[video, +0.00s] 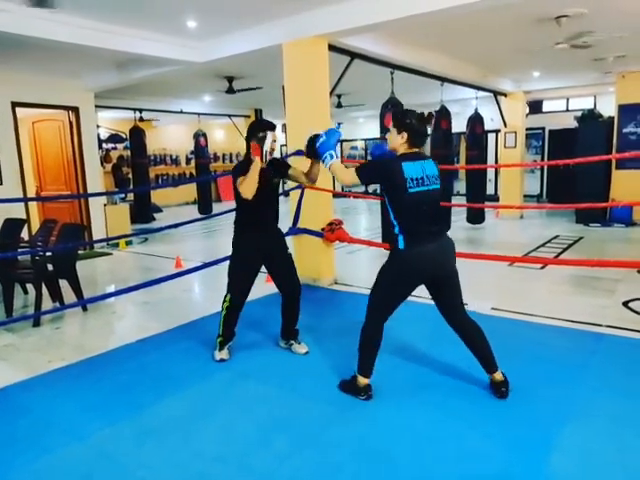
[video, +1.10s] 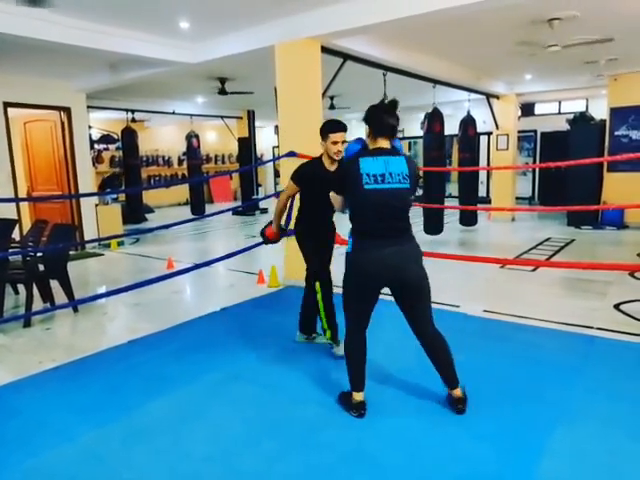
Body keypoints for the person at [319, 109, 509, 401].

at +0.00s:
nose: (387, 138)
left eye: (391, 133)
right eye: (388, 133)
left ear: (404, 137)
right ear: (416, 138)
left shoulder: (389, 165)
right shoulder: (431, 164)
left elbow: (346, 177)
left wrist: (329, 155)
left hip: (408, 258)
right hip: (442, 252)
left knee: (375, 315)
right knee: (457, 315)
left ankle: (362, 381)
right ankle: (497, 376)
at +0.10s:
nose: (381, 133)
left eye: (384, 128)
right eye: (383, 128)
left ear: (396, 133)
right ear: (403, 135)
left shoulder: (393, 168)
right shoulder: (410, 160)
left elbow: (364, 204)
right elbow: (363, 159)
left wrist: (341, 177)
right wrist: (338, 140)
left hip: (403, 254)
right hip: (431, 248)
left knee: (374, 316)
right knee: (441, 316)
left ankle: (361, 381)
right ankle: (483, 379)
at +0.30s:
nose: (383, 137)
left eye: (387, 132)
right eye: (385, 132)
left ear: (401, 135)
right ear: (406, 136)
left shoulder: (405, 173)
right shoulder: (403, 165)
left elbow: (383, 215)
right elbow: (363, 172)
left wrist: (361, 184)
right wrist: (338, 151)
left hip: (404, 258)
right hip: (429, 252)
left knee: (370, 315)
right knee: (435, 318)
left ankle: (359, 382)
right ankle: (476, 381)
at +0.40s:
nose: (389, 142)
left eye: (392, 136)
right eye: (389, 137)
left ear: (407, 138)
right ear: (413, 139)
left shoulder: (409, 175)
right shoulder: (428, 169)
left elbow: (387, 219)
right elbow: (399, 211)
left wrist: (370, 186)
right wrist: (380, 176)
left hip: (411, 263)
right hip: (438, 257)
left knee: (374, 317)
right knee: (438, 321)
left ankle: (359, 383)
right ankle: (474, 386)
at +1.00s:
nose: (378, 147)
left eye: (379, 143)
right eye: (380, 142)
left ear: (385, 145)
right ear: (407, 145)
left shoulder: (372, 176)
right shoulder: (422, 173)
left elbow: (358, 219)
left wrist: (369, 193)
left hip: (394, 270)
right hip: (432, 266)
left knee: (363, 327)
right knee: (441, 328)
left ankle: (360, 397)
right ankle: (475, 390)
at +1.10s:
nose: (365, 132)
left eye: (366, 128)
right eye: (370, 128)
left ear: (368, 130)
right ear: (396, 130)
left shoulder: (351, 164)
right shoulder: (409, 164)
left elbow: (337, 201)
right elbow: (407, 196)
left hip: (365, 260)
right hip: (406, 258)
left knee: (356, 329)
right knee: (426, 328)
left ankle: (358, 397)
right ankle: (456, 391)